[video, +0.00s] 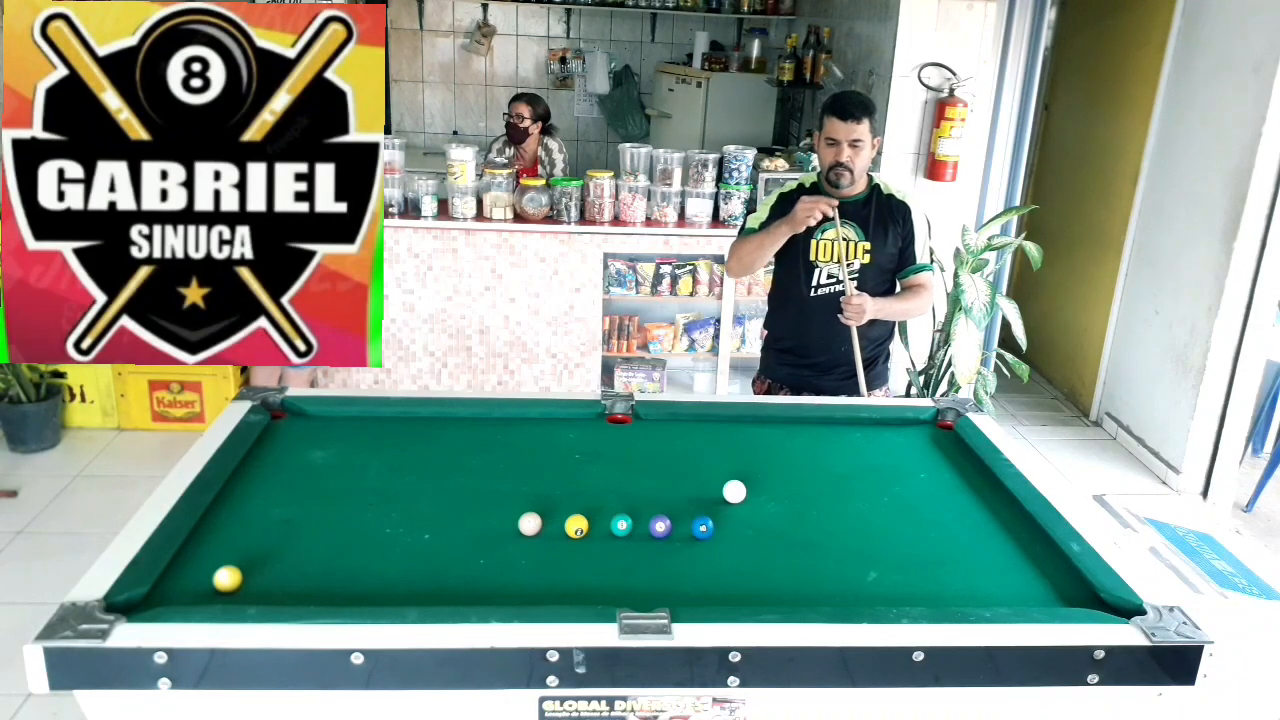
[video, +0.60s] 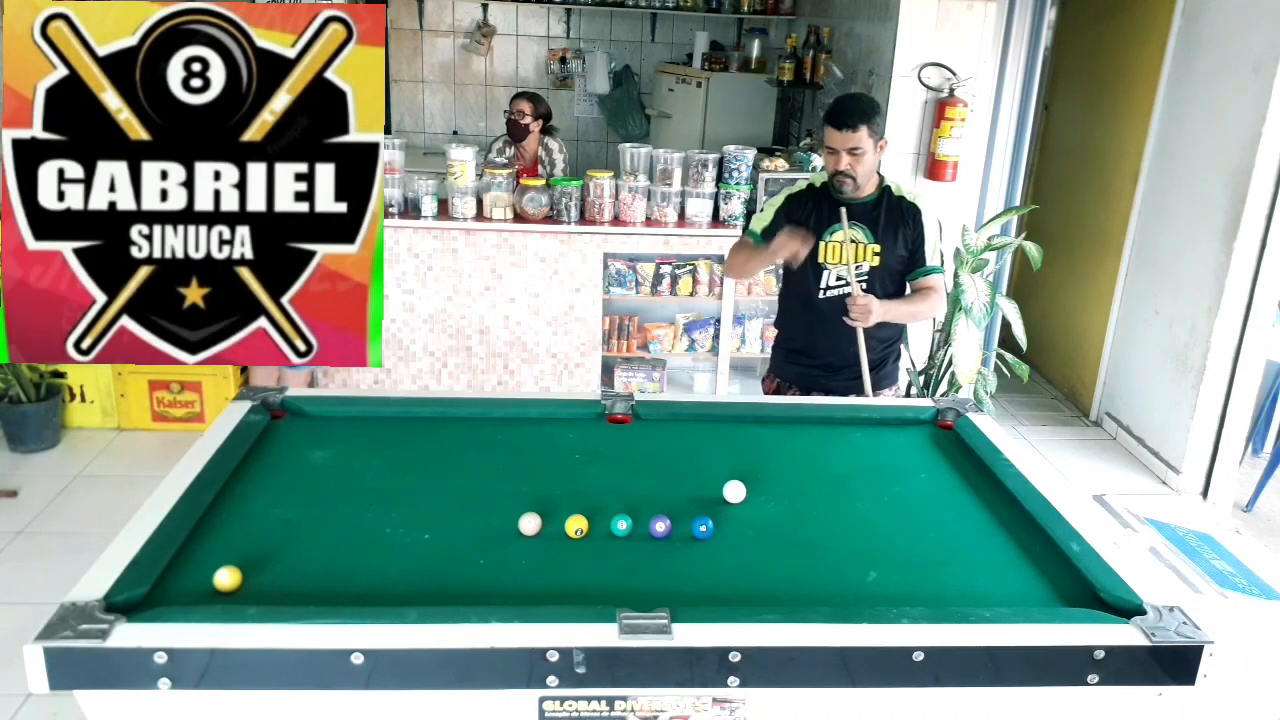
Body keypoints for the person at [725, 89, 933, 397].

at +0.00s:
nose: (842, 156)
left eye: (855, 145)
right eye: (832, 143)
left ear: (875, 148)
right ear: (817, 143)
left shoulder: (896, 214)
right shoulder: (788, 203)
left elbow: (921, 296)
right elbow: (736, 266)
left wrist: (874, 308)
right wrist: (787, 226)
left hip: (863, 391)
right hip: (785, 386)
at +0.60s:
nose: (841, 165)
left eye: (854, 153)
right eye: (832, 152)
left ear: (881, 149)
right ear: (822, 149)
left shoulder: (908, 216)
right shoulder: (795, 204)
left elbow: (933, 299)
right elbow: (733, 266)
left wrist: (882, 310)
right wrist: (772, 252)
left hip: (873, 393)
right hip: (794, 387)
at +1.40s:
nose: (873, 167)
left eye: (888, 157)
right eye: (866, 153)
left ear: (918, 157)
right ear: (859, 148)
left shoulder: (947, 210)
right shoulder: (837, 213)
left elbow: (976, 297)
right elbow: (812, 290)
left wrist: (936, 249)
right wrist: (818, 358)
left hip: (911, 395)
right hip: (840, 390)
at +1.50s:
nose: (877, 166)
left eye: (892, 156)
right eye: (871, 152)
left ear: (921, 158)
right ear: (863, 147)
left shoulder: (948, 212)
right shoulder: (842, 212)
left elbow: (985, 291)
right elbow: (817, 286)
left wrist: (956, 245)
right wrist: (806, 355)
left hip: (915, 388)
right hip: (846, 382)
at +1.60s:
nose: (879, 166)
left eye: (894, 157)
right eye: (874, 152)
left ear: (923, 158)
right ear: (866, 148)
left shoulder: (948, 210)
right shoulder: (847, 212)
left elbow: (986, 287)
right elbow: (821, 278)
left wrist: (964, 248)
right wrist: (805, 347)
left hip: (921, 382)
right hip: (855, 376)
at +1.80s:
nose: (886, 168)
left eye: (900, 158)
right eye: (879, 155)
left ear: (929, 157)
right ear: (872, 151)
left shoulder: (956, 206)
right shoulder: (861, 208)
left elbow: (987, 277)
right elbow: (843, 267)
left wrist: (950, 257)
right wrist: (833, 324)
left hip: (930, 375)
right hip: (868, 364)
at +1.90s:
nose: (889, 168)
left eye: (904, 158)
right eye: (883, 154)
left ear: (932, 156)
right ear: (876, 150)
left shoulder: (958, 204)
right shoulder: (868, 206)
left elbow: (988, 274)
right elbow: (851, 264)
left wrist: (932, 260)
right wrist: (841, 318)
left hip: (933, 373)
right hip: (872, 362)